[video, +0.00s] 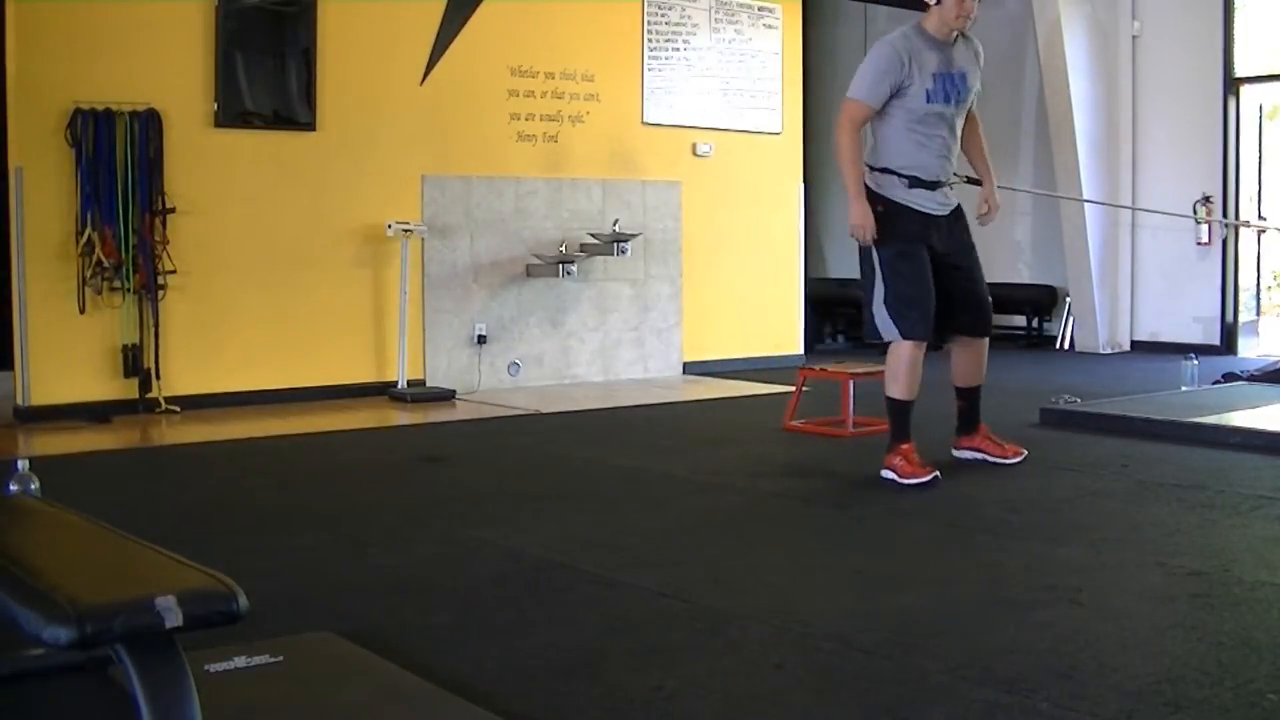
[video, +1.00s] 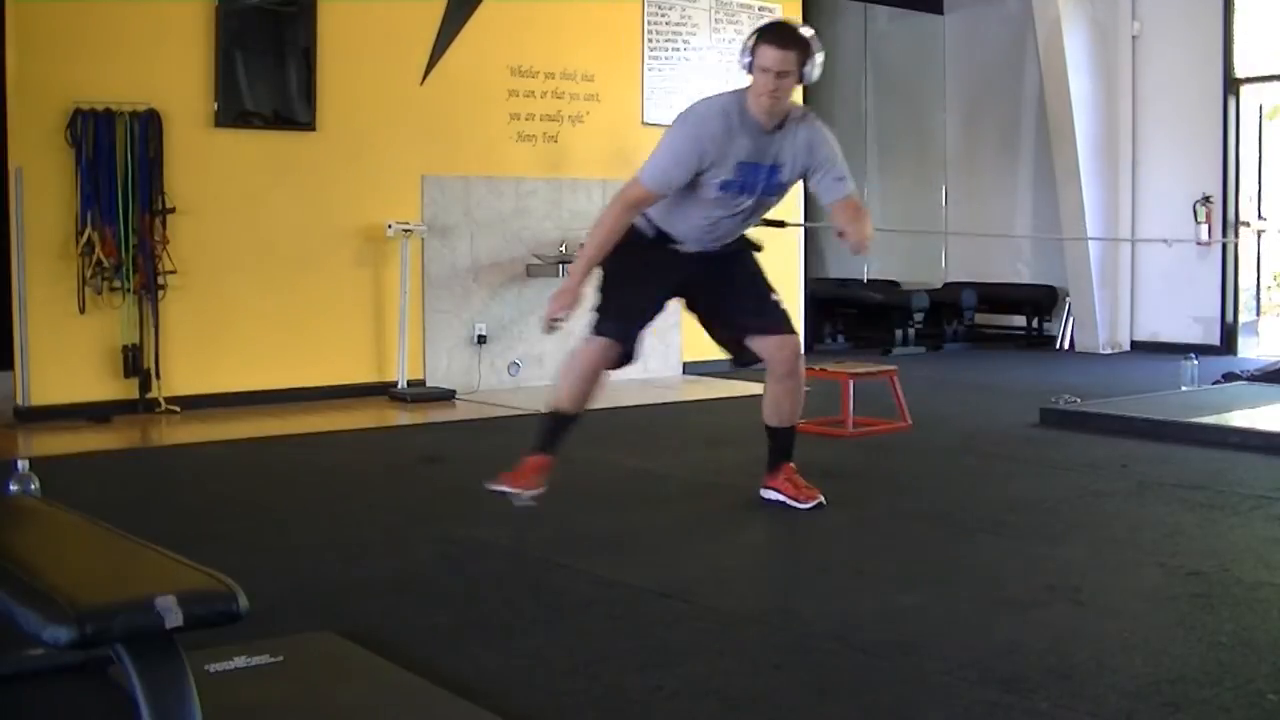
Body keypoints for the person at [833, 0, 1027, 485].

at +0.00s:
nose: (970, 11)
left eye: (974, 4)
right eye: (962, 3)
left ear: (973, 9)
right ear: (933, 1)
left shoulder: (969, 50)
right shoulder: (895, 50)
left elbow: (965, 117)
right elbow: (847, 124)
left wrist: (987, 180)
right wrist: (856, 201)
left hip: (945, 207)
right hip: (893, 206)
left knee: (974, 319)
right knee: (912, 325)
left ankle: (969, 434)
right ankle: (899, 451)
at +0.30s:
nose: (999, 47)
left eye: (1004, 38)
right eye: (990, 36)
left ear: (1006, 42)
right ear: (961, 36)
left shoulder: (996, 99)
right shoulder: (915, 87)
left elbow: (987, 162)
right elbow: (852, 147)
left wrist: (990, 239)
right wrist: (836, 226)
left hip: (931, 226)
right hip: (875, 222)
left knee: (977, 324)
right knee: (890, 322)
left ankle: (979, 439)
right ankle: (862, 445)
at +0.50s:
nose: (990, 100)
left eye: (996, 91)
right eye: (982, 89)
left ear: (999, 97)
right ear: (954, 91)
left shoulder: (987, 156)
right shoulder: (906, 141)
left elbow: (997, 221)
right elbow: (835, 199)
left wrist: (1019, 260)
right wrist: (778, 256)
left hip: (915, 258)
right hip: (854, 255)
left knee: (981, 340)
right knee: (850, 336)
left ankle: (979, 442)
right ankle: (785, 447)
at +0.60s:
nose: (946, 91)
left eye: (951, 83)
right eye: (936, 82)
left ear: (954, 89)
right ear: (908, 86)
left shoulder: (955, 146)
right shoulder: (865, 138)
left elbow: (976, 203)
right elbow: (793, 202)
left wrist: (996, 241)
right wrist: (738, 269)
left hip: (890, 258)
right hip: (825, 254)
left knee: (957, 343)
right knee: (814, 338)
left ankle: (978, 441)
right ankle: (784, 456)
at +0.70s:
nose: (880, 67)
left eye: (888, 59)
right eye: (870, 57)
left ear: (893, 64)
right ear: (842, 59)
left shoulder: (900, 121)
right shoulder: (806, 116)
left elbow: (925, 180)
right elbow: (745, 181)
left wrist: (944, 252)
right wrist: (768, 230)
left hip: (857, 254)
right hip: (787, 252)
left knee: (911, 348)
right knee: (763, 348)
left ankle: (963, 435)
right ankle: (772, 461)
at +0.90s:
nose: (814, 64)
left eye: (826, 55)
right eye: (805, 51)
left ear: (838, 60)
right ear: (786, 50)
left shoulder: (841, 117)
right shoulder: (744, 102)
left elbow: (872, 186)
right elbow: (673, 180)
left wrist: (894, 255)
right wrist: (648, 262)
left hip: (757, 233)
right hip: (692, 232)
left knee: (832, 316)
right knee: (676, 345)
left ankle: (800, 453)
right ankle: (677, 442)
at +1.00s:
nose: (769, 85)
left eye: (782, 76)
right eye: (762, 71)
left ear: (801, 80)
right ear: (749, 68)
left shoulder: (811, 138)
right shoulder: (707, 122)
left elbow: (844, 203)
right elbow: (630, 201)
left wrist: (856, 228)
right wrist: (573, 281)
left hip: (721, 252)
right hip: (650, 243)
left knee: (784, 351)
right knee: (604, 346)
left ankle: (779, 473)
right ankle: (538, 461)